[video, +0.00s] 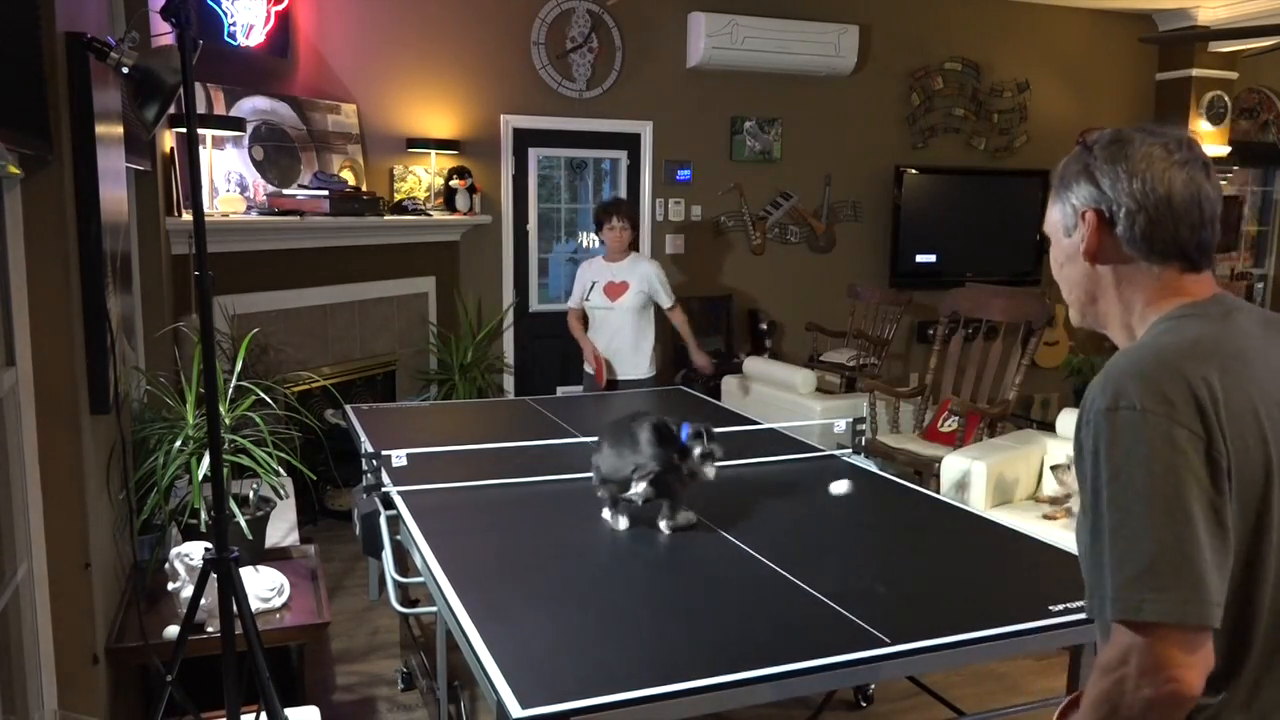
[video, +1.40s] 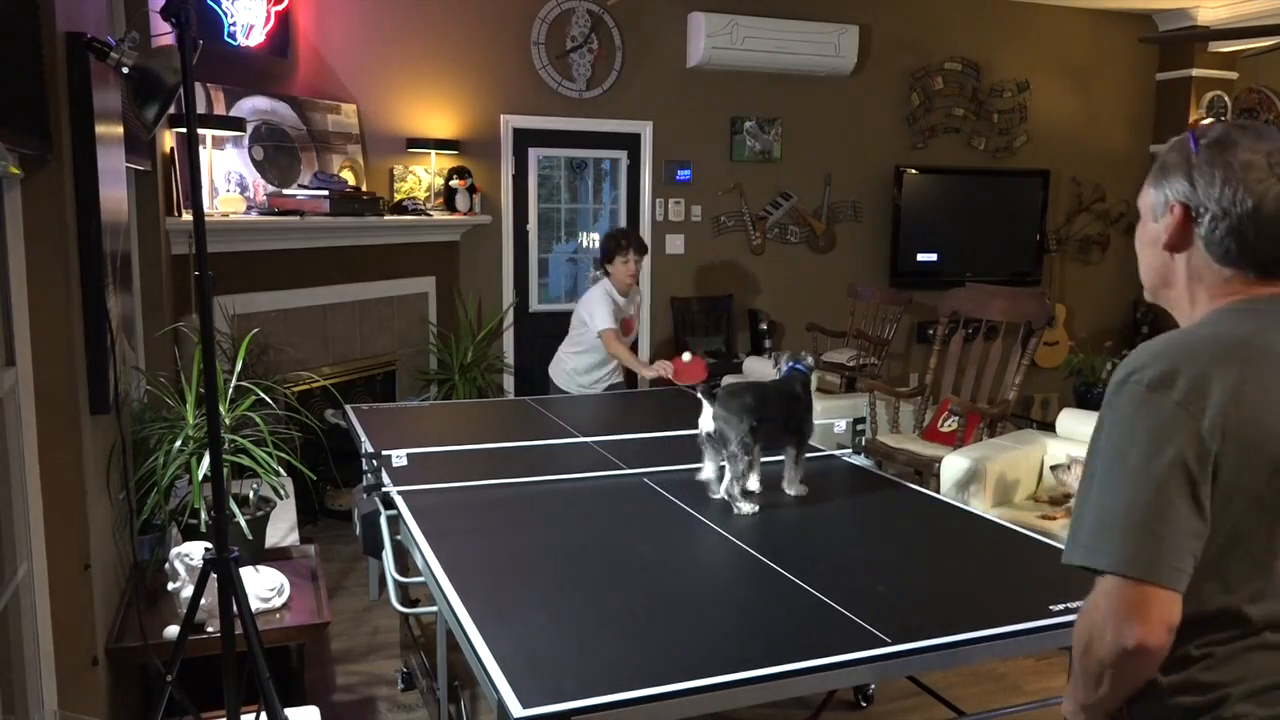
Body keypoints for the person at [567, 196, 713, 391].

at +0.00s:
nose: (617, 234)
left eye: (623, 228)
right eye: (610, 229)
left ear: (633, 233)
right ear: (600, 233)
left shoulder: (648, 269)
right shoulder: (587, 270)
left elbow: (673, 310)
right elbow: (573, 316)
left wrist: (694, 350)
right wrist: (586, 345)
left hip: (637, 376)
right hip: (596, 374)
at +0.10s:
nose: (614, 234)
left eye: (620, 228)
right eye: (607, 229)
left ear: (629, 233)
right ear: (596, 234)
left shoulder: (644, 270)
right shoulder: (582, 269)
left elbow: (656, 319)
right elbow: (569, 312)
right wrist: (576, 344)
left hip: (634, 375)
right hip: (592, 375)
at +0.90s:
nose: (606, 239)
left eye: (610, 232)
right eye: (598, 232)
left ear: (615, 234)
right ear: (581, 235)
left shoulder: (626, 271)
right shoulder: (563, 270)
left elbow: (638, 320)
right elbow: (543, 314)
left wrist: (642, 368)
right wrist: (560, 346)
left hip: (617, 375)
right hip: (575, 376)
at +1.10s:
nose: (608, 245)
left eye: (612, 238)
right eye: (601, 238)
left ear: (617, 238)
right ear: (583, 239)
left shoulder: (623, 275)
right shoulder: (560, 273)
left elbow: (634, 322)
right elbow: (533, 318)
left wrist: (637, 368)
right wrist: (566, 346)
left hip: (616, 378)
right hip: (572, 379)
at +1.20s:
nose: (614, 250)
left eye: (617, 243)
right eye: (606, 243)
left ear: (621, 244)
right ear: (587, 244)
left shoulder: (625, 280)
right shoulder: (567, 280)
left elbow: (629, 328)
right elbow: (548, 332)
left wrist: (632, 379)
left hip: (613, 378)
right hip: (570, 381)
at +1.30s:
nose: (622, 259)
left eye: (626, 253)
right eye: (615, 253)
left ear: (631, 254)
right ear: (597, 255)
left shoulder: (629, 287)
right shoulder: (582, 288)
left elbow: (627, 338)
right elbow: (584, 345)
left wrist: (623, 378)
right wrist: (629, 360)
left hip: (609, 377)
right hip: (570, 380)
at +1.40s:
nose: (634, 268)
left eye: (637, 261)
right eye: (625, 262)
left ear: (641, 263)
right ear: (608, 266)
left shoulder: (634, 294)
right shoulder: (598, 297)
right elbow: (612, 344)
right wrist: (643, 369)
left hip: (609, 378)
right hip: (572, 382)